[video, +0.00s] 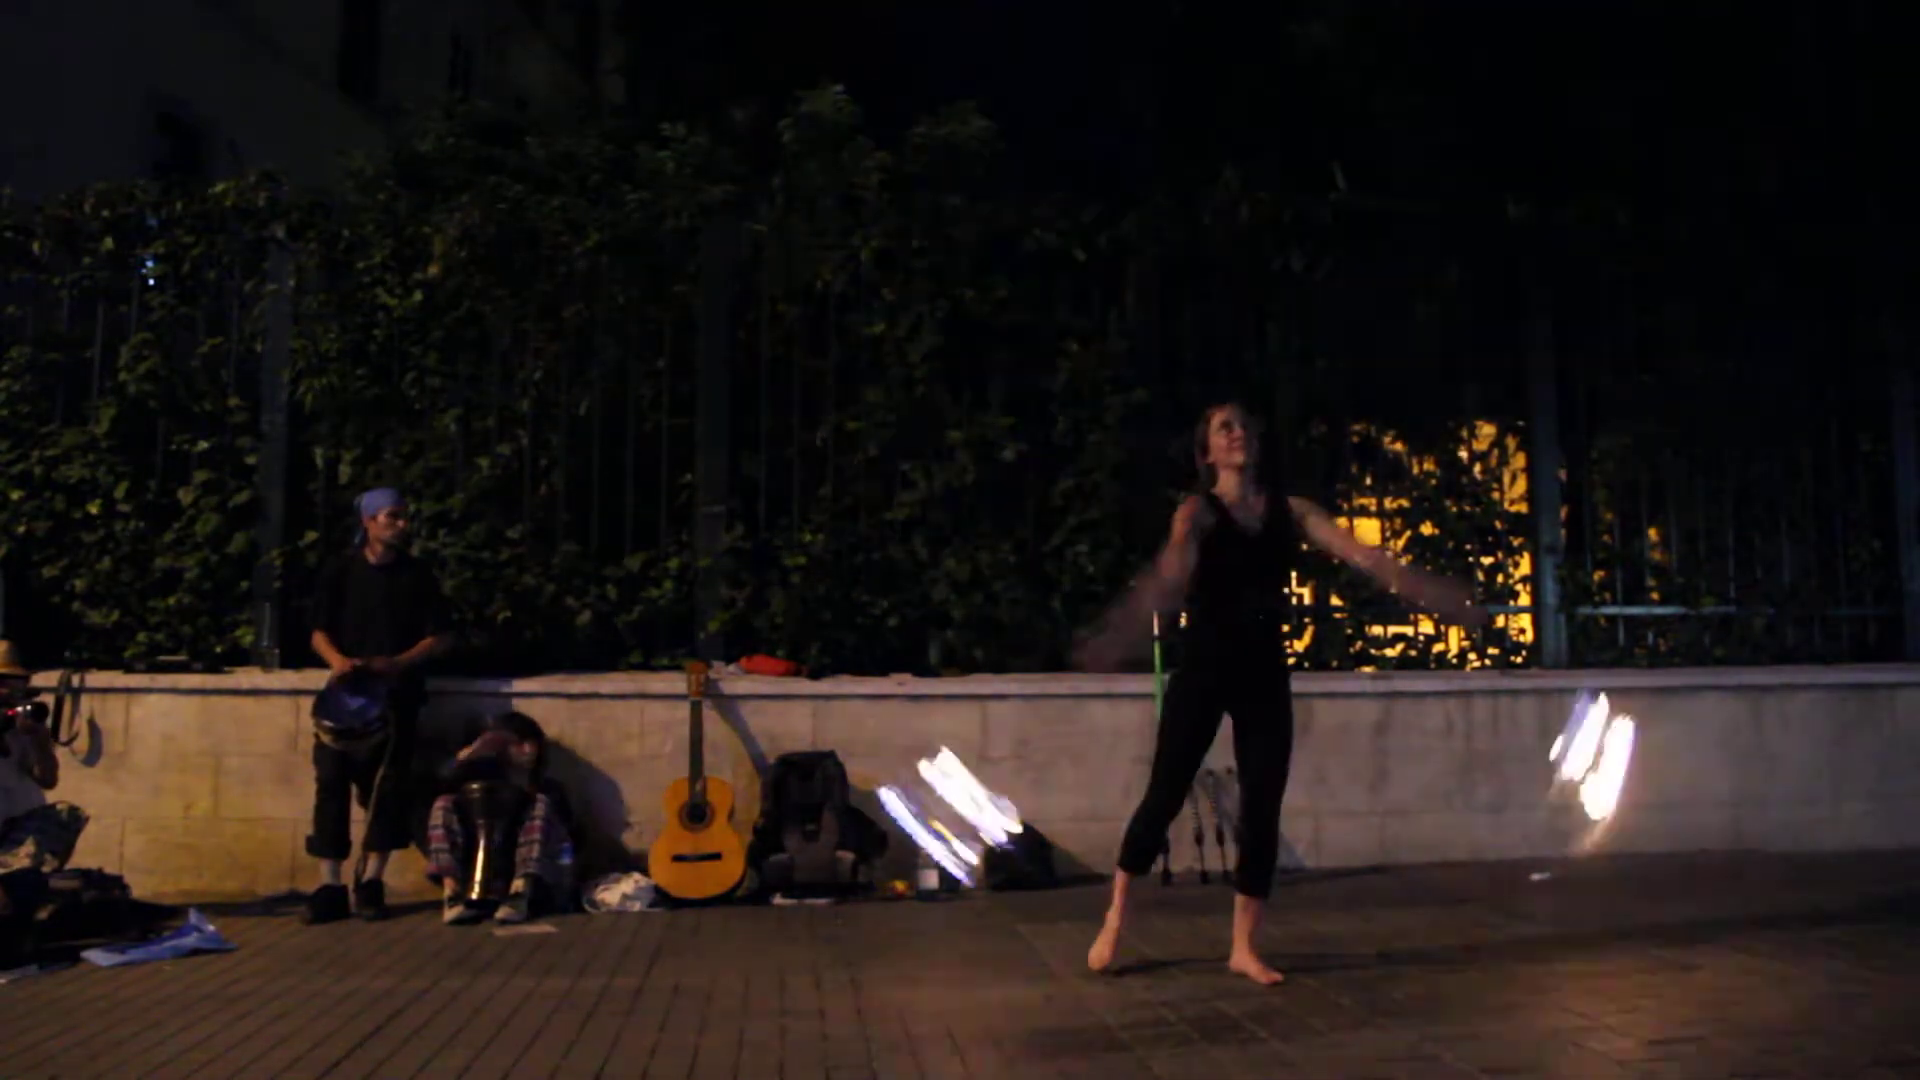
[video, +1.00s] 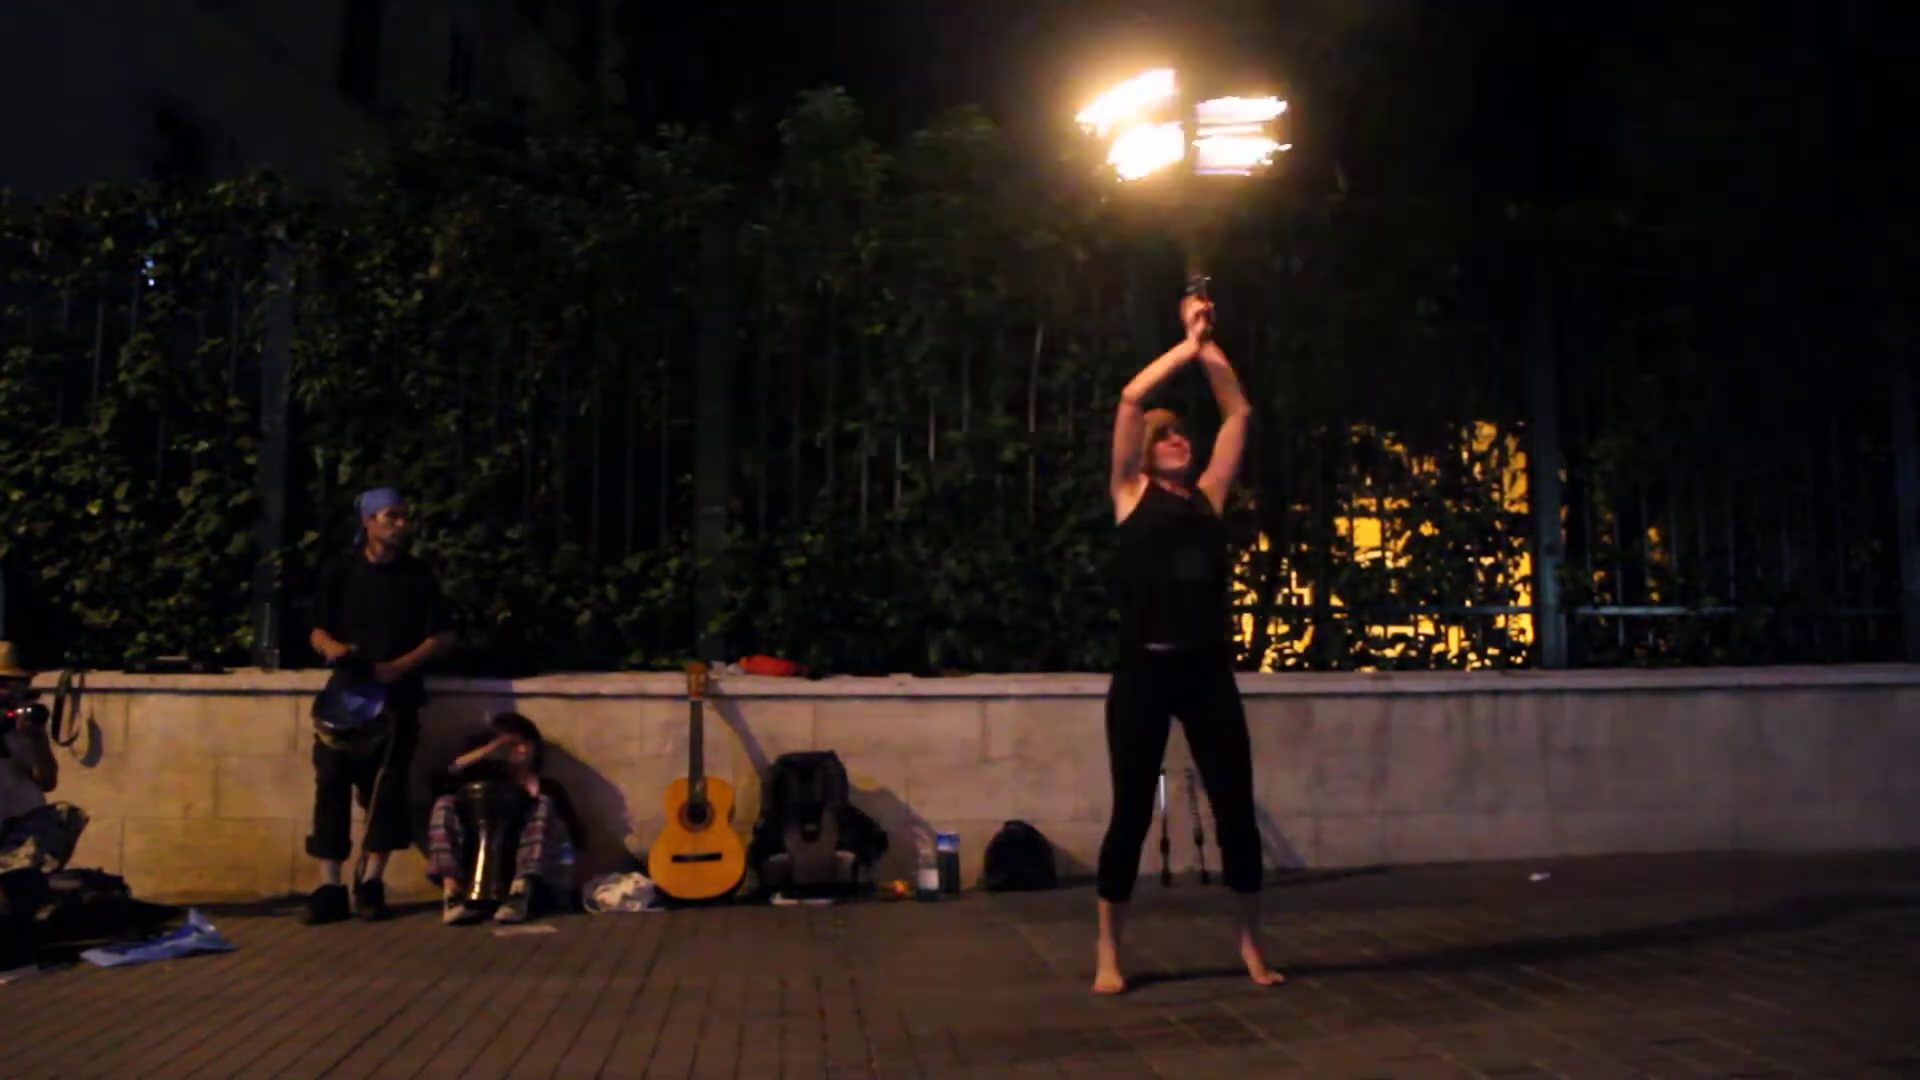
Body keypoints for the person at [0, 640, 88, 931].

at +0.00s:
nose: (15, 694)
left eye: (20, 687)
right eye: (9, 686)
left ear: (27, 688)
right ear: (1, 687)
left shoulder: (25, 725)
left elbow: (48, 780)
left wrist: (37, 733)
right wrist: (19, 732)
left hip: (25, 817)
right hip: (10, 819)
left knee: (70, 816)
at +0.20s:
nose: (13, 690)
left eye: (18, 683)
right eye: (7, 683)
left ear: (25, 686)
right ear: (1, 685)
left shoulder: (25, 723)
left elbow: (48, 780)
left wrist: (37, 733)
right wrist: (17, 730)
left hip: (25, 816)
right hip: (9, 820)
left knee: (71, 817)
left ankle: (32, 879)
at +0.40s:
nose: (11, 690)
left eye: (17, 683)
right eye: (7, 682)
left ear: (25, 686)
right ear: (1, 686)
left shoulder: (26, 723)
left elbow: (48, 781)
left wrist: (37, 735)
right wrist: (18, 732)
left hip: (25, 817)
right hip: (10, 820)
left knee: (70, 817)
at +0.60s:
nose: (11, 690)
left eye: (17, 683)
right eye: (6, 683)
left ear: (25, 686)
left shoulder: (25, 723)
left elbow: (48, 781)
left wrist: (37, 734)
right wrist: (18, 731)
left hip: (23, 817)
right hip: (8, 821)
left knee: (70, 816)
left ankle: (29, 878)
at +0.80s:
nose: (11, 690)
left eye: (16, 683)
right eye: (6, 682)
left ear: (24, 686)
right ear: (1, 685)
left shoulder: (24, 724)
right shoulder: (11, 724)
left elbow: (48, 782)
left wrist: (37, 733)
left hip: (29, 818)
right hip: (11, 822)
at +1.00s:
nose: (13, 691)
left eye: (19, 684)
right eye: (7, 683)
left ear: (27, 686)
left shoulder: (27, 725)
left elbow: (48, 782)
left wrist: (36, 732)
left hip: (27, 819)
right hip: (11, 822)